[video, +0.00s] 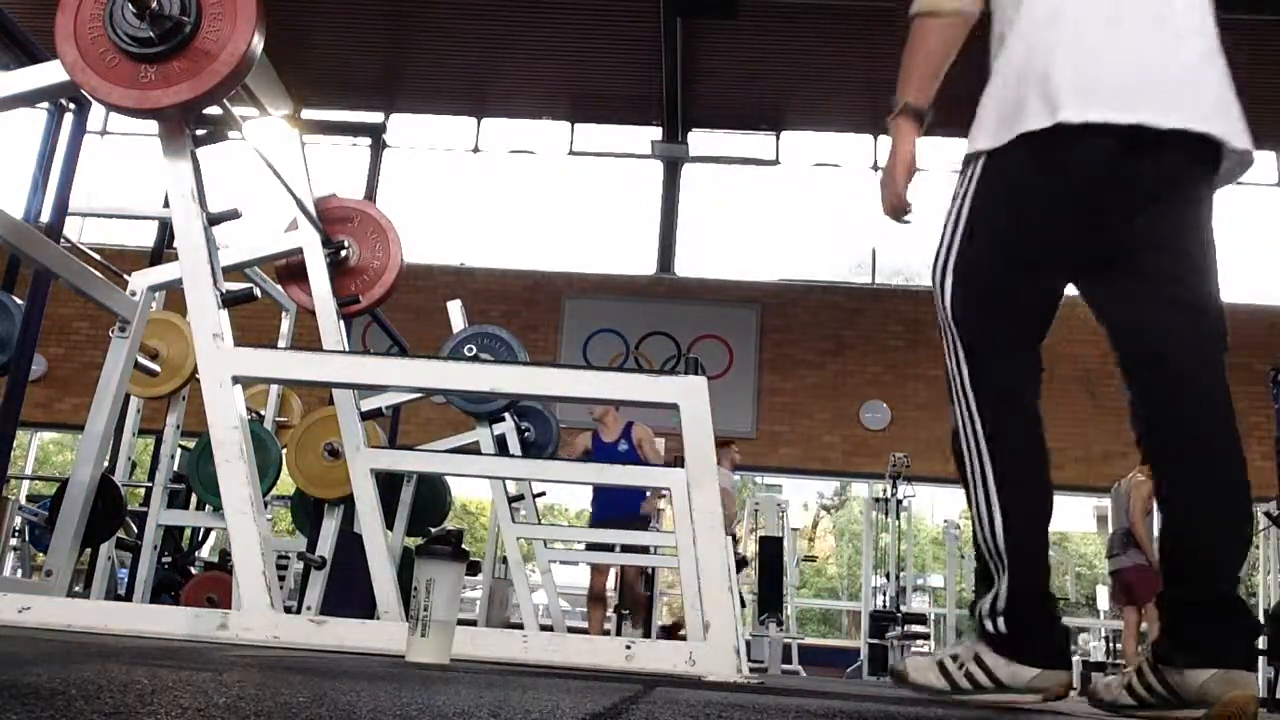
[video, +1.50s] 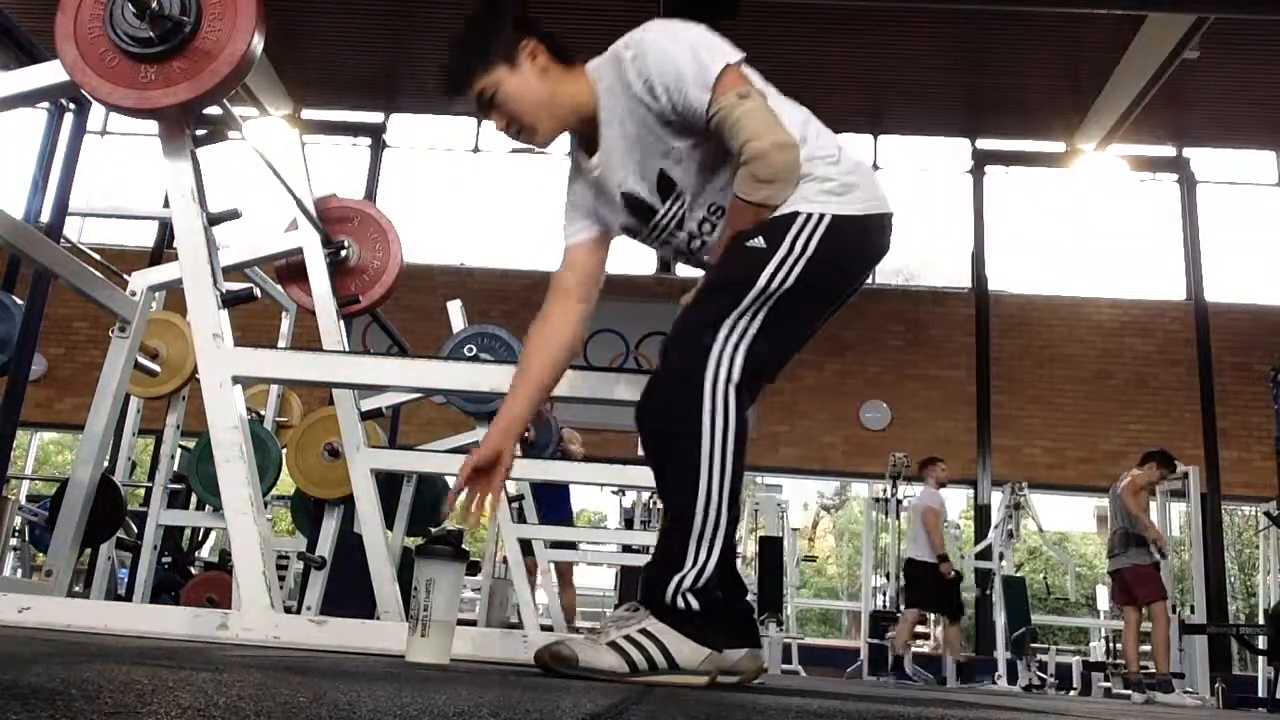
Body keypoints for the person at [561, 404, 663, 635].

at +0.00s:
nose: (590, 407)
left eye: (596, 403)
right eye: (591, 403)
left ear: (612, 406)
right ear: (601, 409)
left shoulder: (638, 432)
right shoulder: (586, 439)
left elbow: (660, 469)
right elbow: (559, 463)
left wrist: (653, 498)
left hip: (634, 516)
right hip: (602, 516)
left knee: (631, 577)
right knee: (597, 579)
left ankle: (638, 630)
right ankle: (595, 639)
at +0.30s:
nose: (590, 410)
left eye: (596, 405)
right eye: (591, 405)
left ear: (612, 409)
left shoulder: (634, 436)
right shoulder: (583, 435)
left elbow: (651, 473)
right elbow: (557, 456)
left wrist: (634, 495)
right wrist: (576, 448)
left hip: (619, 518)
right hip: (589, 517)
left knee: (613, 580)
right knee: (591, 579)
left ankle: (607, 636)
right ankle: (593, 638)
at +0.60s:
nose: (596, 412)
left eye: (601, 408)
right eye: (594, 408)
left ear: (618, 410)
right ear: (594, 412)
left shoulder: (635, 444)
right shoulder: (586, 437)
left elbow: (647, 481)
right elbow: (560, 456)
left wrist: (627, 499)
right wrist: (581, 458)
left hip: (615, 521)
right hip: (583, 517)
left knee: (611, 580)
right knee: (577, 576)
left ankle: (606, 637)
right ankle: (583, 633)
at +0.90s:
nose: (586, 412)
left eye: (592, 407)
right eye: (585, 407)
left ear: (608, 410)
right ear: (586, 412)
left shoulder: (624, 443)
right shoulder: (576, 438)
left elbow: (630, 481)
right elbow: (551, 464)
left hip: (607, 522)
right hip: (574, 517)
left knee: (609, 583)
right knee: (555, 575)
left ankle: (606, 638)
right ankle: (540, 629)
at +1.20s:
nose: (556, 411)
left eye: (562, 406)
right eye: (555, 406)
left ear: (577, 409)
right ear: (555, 410)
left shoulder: (591, 437)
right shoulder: (550, 435)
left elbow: (596, 456)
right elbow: (534, 453)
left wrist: (569, 447)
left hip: (578, 514)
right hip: (549, 512)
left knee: (587, 578)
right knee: (536, 573)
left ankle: (598, 635)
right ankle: (531, 625)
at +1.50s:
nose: (543, 408)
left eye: (547, 402)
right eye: (539, 401)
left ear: (552, 407)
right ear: (530, 406)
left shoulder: (565, 433)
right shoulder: (523, 433)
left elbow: (578, 453)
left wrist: (567, 448)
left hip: (558, 509)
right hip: (526, 511)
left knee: (565, 573)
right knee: (528, 572)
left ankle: (570, 627)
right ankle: (526, 625)